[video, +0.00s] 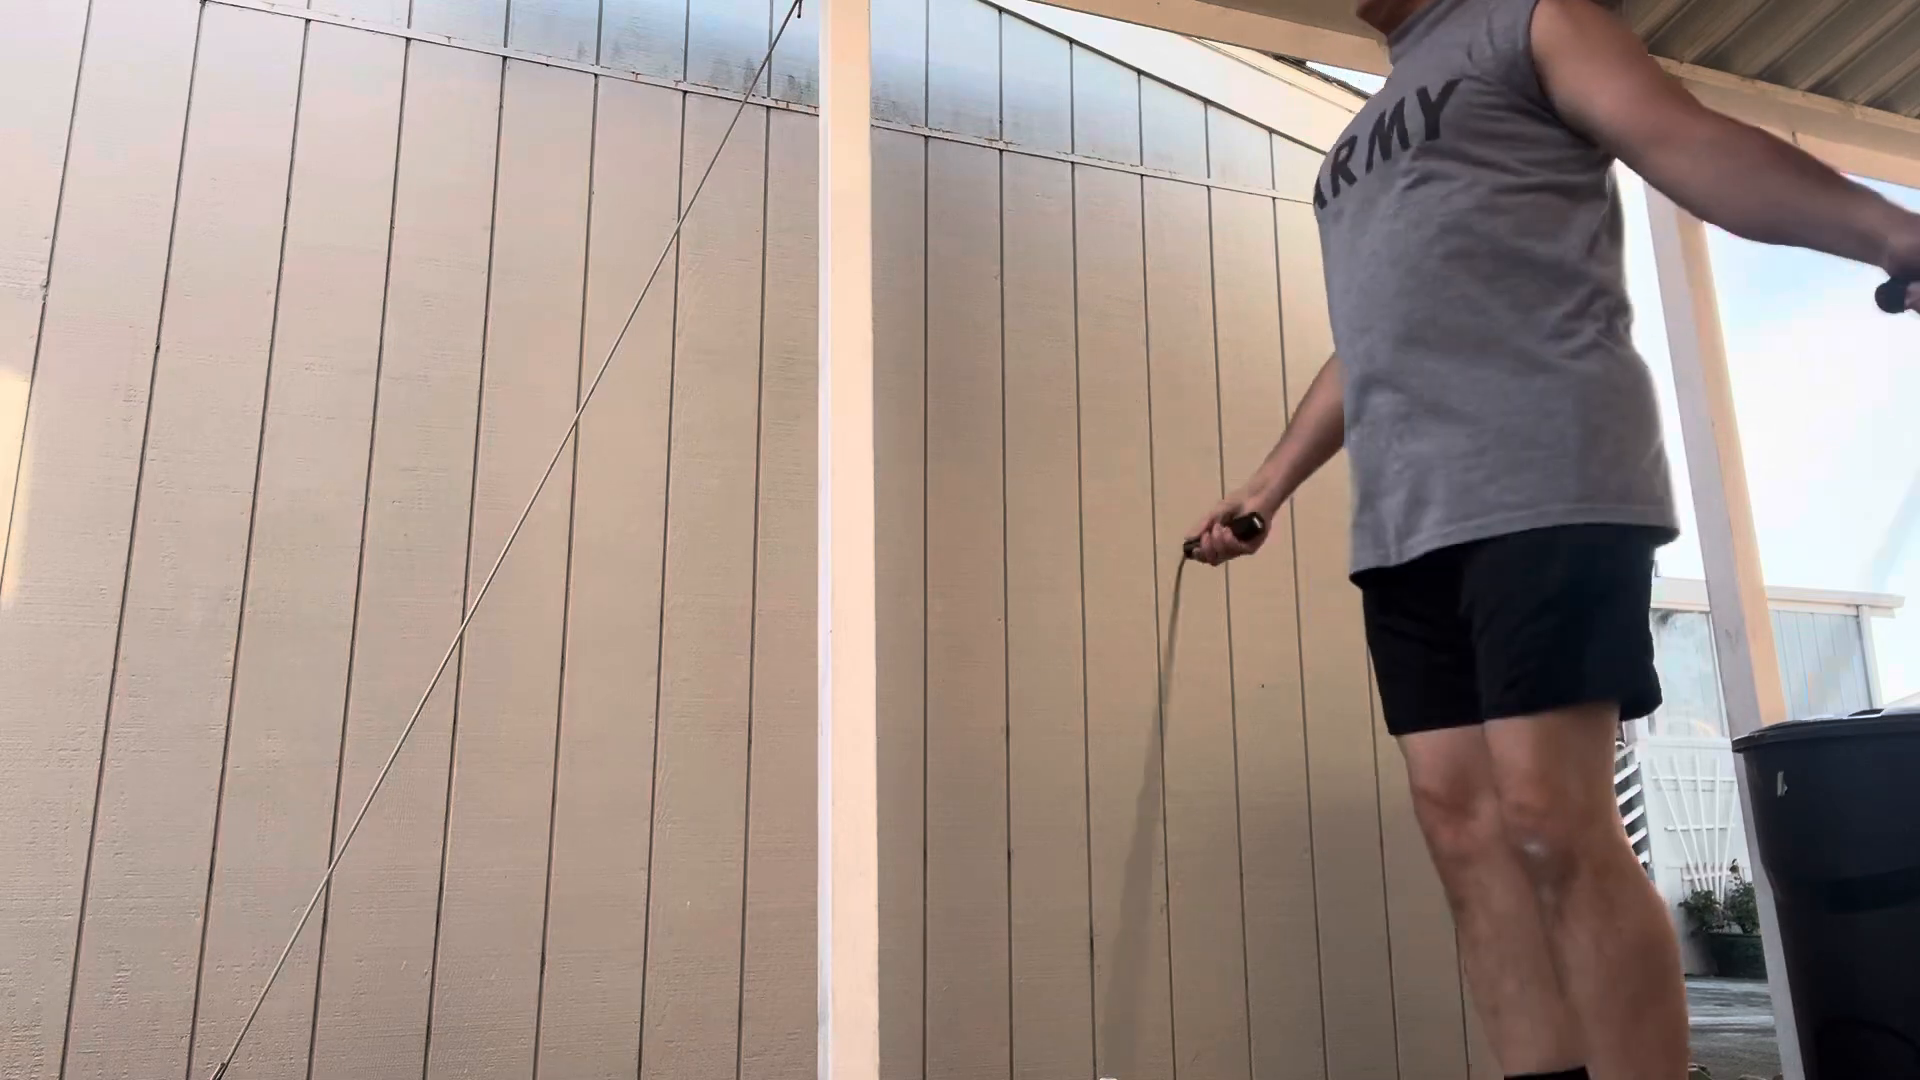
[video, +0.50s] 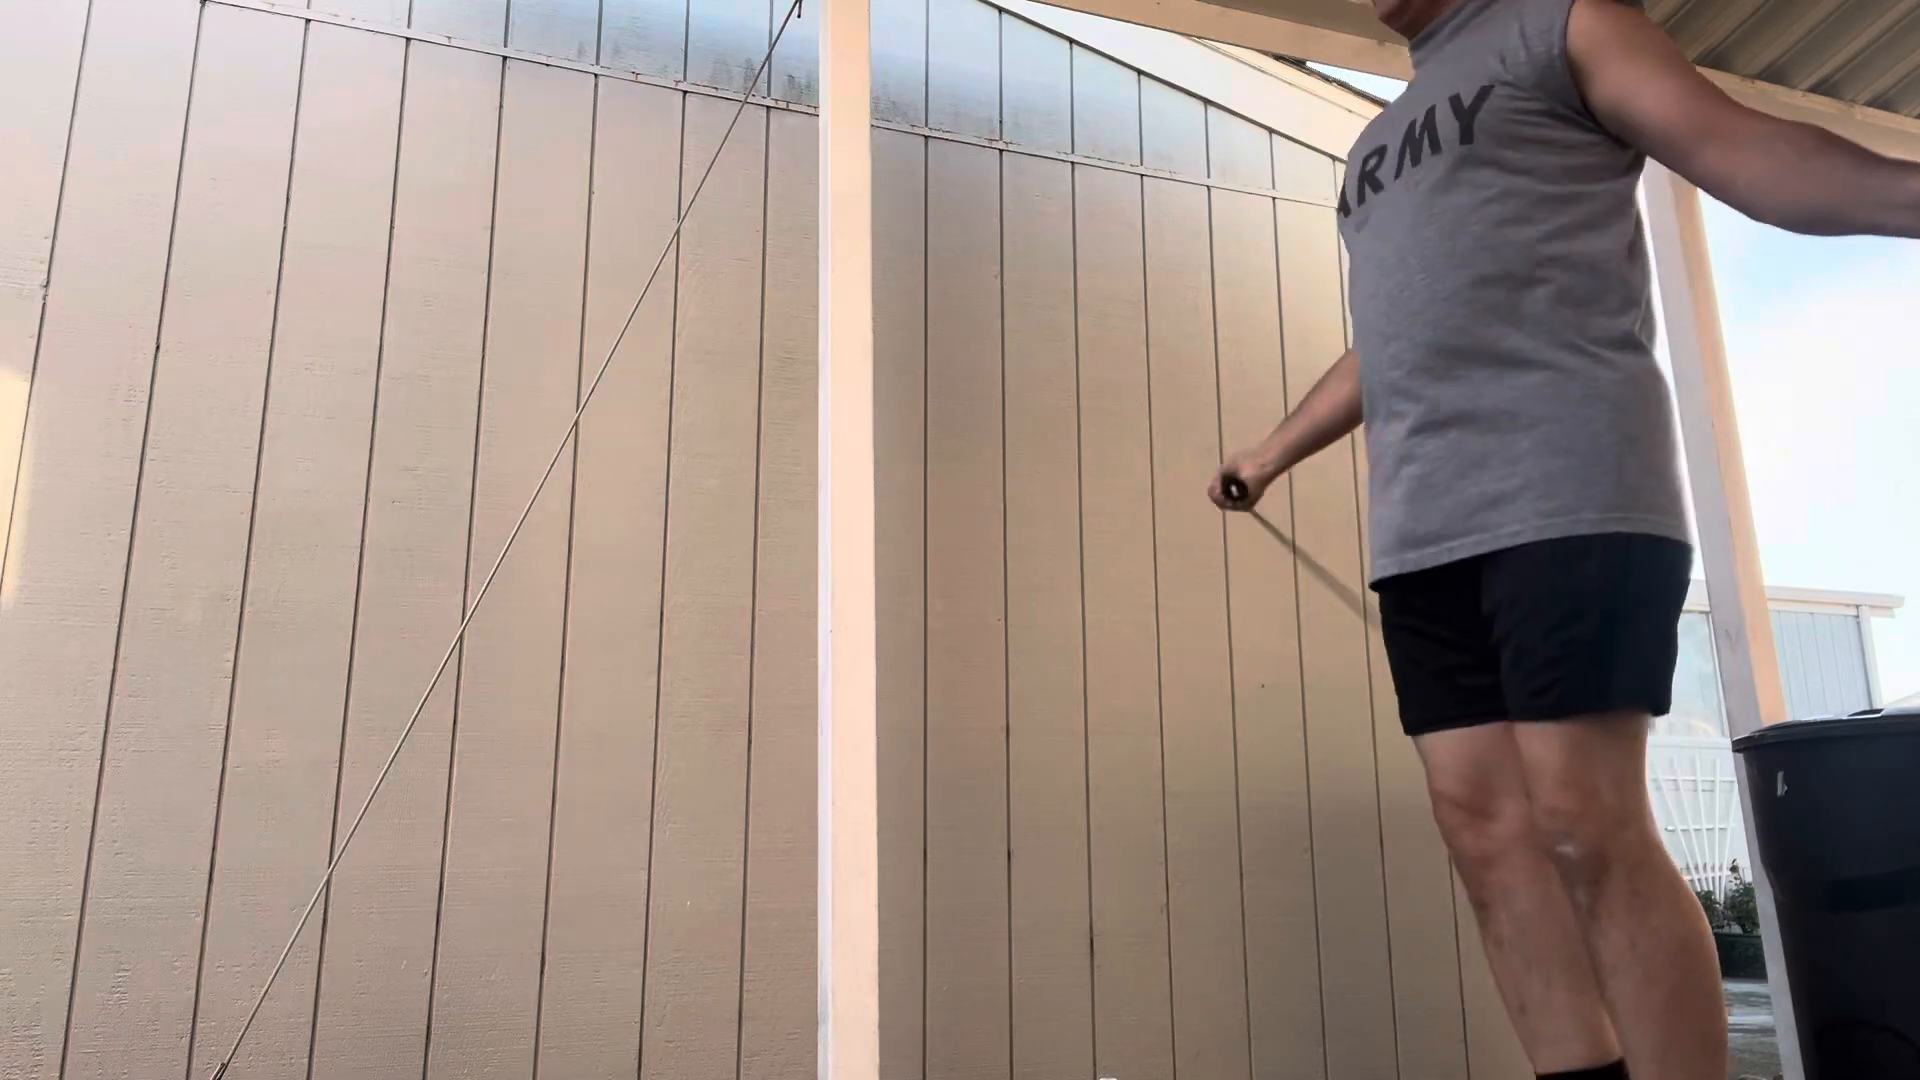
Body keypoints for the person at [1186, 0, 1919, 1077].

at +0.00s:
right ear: (1378, 2)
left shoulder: (1526, 19)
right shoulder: (1352, 151)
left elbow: (1686, 141)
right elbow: (1366, 348)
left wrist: (1896, 237)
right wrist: (1265, 485)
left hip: (1547, 475)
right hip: (1402, 510)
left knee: (1555, 819)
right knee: (1456, 819)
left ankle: (1642, 1070)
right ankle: (1540, 1069)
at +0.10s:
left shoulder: (1539, 27)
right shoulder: (1356, 151)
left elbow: (1713, 148)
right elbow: (1373, 345)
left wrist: (1903, 198)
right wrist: (1259, 451)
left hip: (1555, 486)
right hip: (1406, 524)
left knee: (1564, 827)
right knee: (1468, 837)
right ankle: (1561, 1073)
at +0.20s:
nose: (1367, 27)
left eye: (1398, 5)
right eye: (1362, 18)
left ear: (1482, 19)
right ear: (1366, 60)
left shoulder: (1561, 134)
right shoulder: (1380, 247)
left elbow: (1716, 255)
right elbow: (1366, 443)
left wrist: (1792, 317)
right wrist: (1213, 483)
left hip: (1576, 604)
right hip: (1421, 632)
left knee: (1578, 942)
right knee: (1447, 932)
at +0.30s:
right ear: (1373, 23)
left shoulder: (1562, 69)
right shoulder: (1378, 190)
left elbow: (1688, 215)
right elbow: (1374, 385)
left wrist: (1821, 327)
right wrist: (1254, 510)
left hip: (1566, 551)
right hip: (1420, 577)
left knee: (1593, 884)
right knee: (1486, 882)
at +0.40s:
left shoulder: (1547, 17)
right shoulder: (1372, 144)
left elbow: (1717, 140)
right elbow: (1375, 348)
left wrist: (1913, 224)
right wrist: (1273, 480)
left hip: (1571, 461)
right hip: (1419, 497)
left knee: (1580, 809)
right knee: (1480, 817)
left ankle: (1676, 1072)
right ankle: (1580, 1070)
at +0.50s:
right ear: (1390, 1)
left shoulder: (1556, 24)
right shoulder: (1372, 148)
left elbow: (1728, 142)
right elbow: (1382, 349)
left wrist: (1904, 195)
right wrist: (1266, 456)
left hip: (1576, 484)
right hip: (1420, 519)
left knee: (1590, 821)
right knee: (1483, 831)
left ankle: (1682, 1065)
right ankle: (1586, 1065)